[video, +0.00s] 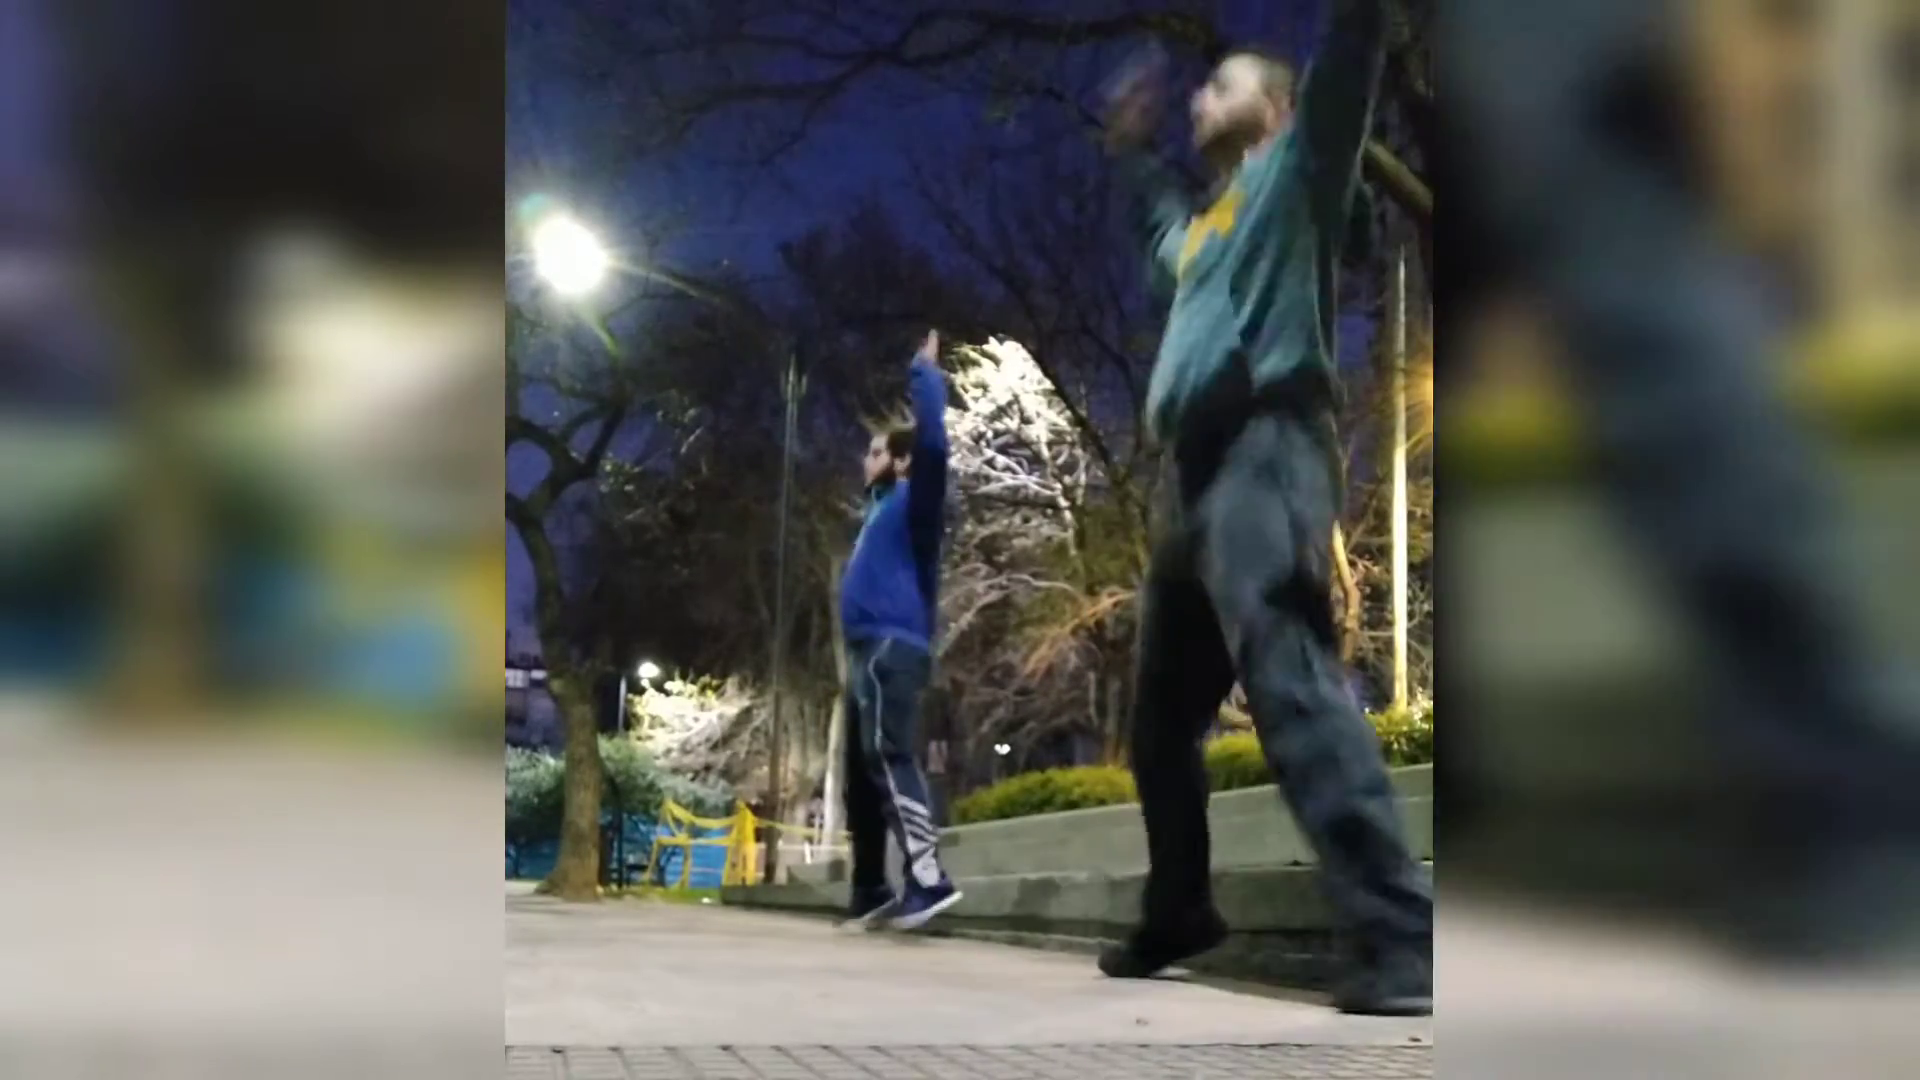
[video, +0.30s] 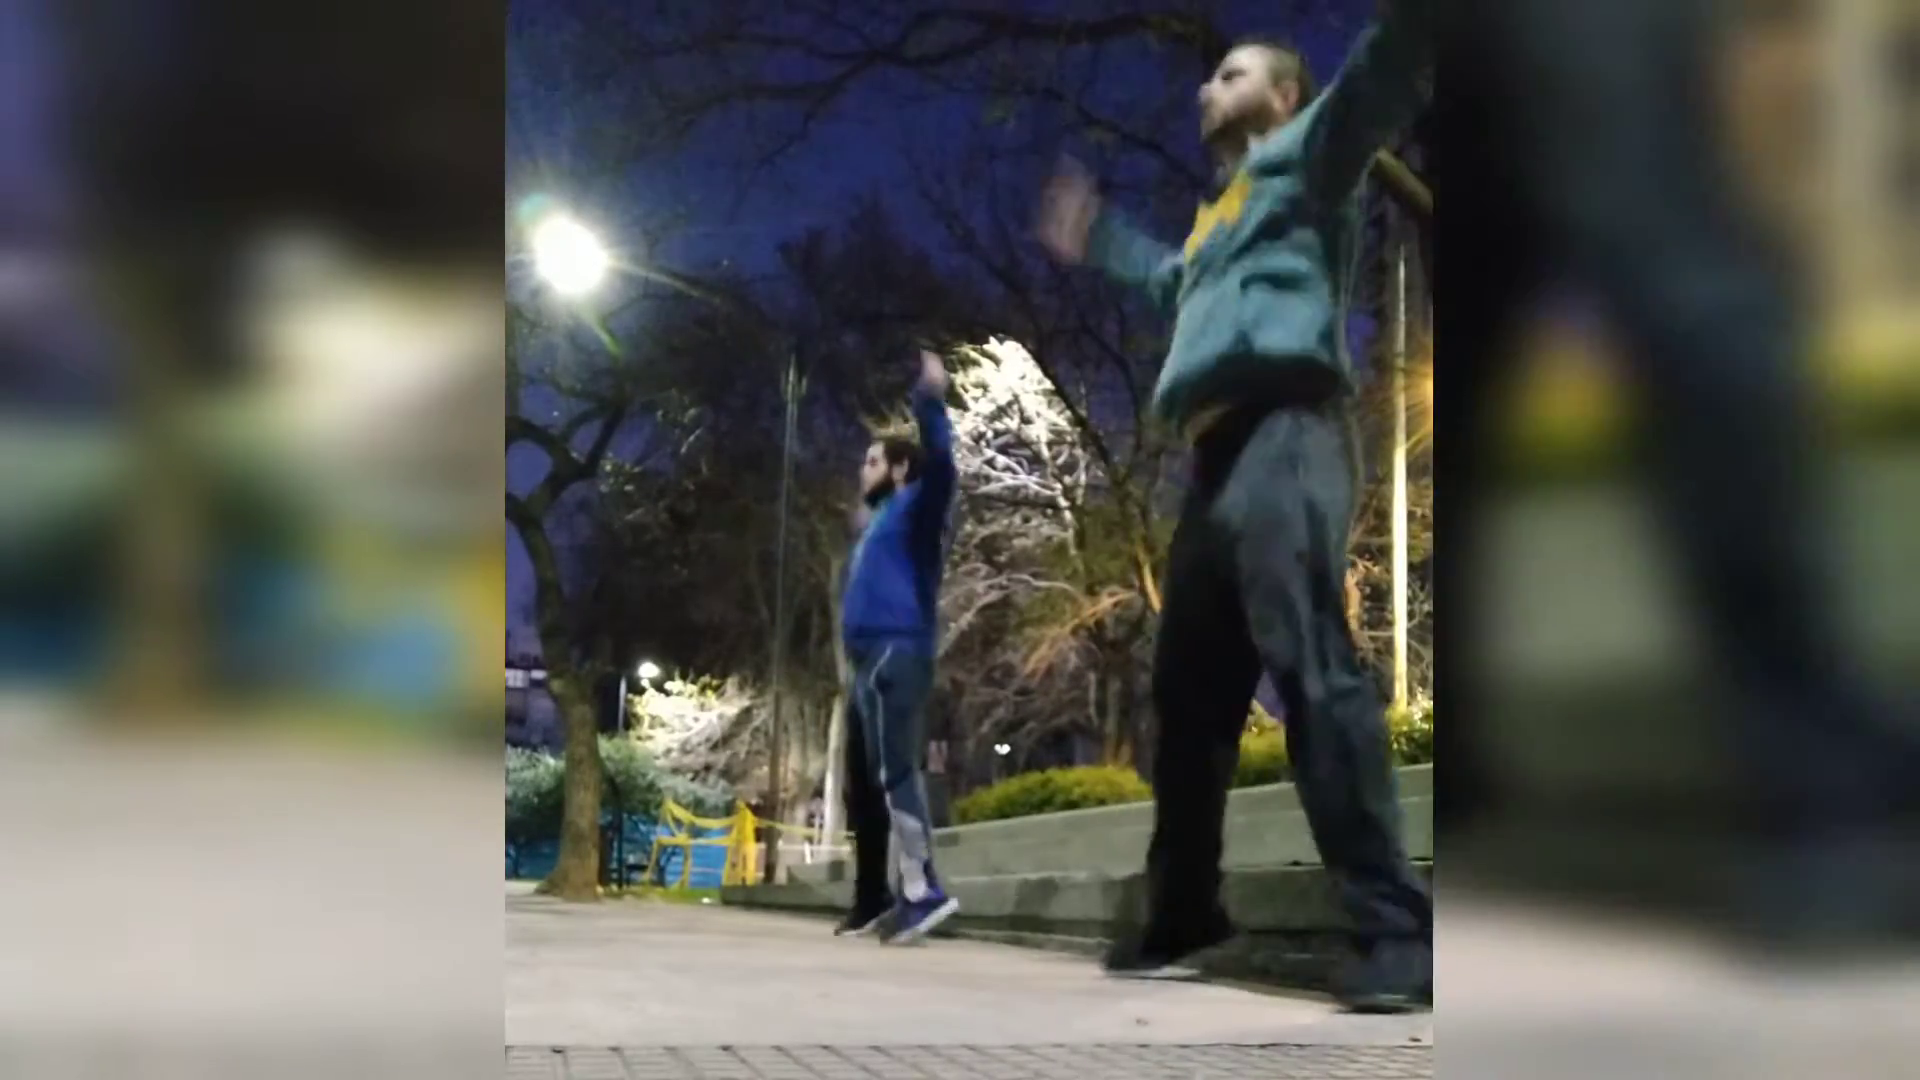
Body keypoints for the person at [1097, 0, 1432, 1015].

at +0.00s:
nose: (1205, 93)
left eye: (1226, 83)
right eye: (1206, 83)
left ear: (1278, 104)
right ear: (1211, 114)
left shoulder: (1299, 169)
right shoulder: (1197, 227)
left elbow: (1348, 57)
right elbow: (1168, 250)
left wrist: (1363, 4)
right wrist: (1143, 158)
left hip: (1269, 442)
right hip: (1194, 466)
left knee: (1287, 676)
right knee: (1162, 707)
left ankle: (1397, 937)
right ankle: (1179, 911)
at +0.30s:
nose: (1209, 85)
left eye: (1232, 73)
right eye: (1211, 75)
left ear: (1286, 94)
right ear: (1222, 107)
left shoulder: (1305, 161)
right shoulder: (1211, 225)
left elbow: (1380, 73)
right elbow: (1170, 279)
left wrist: (1418, 14)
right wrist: (1098, 234)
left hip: (1286, 434)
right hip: (1218, 459)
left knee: (1315, 675)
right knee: (1190, 690)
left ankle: (1394, 935)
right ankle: (1183, 908)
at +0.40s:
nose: (1204, 74)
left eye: (1226, 61)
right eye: (1205, 64)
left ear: (1279, 86)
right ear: (1221, 99)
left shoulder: (1287, 147)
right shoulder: (1218, 203)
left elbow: (1374, 173)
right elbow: (1202, 354)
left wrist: (1377, 261)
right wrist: (1119, 416)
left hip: (1284, 423)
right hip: (1218, 445)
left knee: (1287, 665)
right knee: (1198, 690)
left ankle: (1344, 918)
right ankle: (1239, 917)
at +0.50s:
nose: (1201, 104)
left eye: (1224, 92)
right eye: (1203, 95)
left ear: (1276, 117)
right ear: (1212, 126)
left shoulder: (1312, 188)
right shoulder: (1214, 242)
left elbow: (1388, 317)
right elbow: (1203, 384)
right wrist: (1168, 485)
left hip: (1278, 464)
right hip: (1210, 478)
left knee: (1272, 696)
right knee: (1202, 711)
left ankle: (1327, 941)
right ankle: (1263, 935)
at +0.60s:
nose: (1203, 136)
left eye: (1227, 123)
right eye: (1205, 126)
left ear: (1280, 151)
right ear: (1223, 162)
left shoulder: (1318, 229)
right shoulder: (1230, 263)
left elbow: (1378, 363)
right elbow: (1226, 404)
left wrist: (1317, 447)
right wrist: (1188, 525)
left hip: (1276, 512)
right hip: (1208, 529)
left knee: (1263, 728)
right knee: (1198, 746)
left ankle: (1327, 946)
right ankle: (1267, 942)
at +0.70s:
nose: (1213, 95)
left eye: (1234, 78)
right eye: (1218, 81)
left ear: (1289, 95)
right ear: (1246, 105)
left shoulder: (1325, 180)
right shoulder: (1242, 218)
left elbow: (1389, 232)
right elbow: (1222, 379)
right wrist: (1139, 441)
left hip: (1283, 458)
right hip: (1214, 475)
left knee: (1282, 692)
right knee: (1217, 700)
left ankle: (1327, 939)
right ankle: (1261, 936)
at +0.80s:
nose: (1225, 74)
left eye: (1249, 58)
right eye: (1226, 64)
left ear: (1307, 77)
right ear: (1247, 96)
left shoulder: (1329, 152)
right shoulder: (1237, 204)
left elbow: (1394, 93)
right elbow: (1208, 335)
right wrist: (1100, 319)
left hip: (1291, 426)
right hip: (1225, 442)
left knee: (1309, 667)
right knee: (1216, 681)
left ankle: (1365, 925)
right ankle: (1243, 916)